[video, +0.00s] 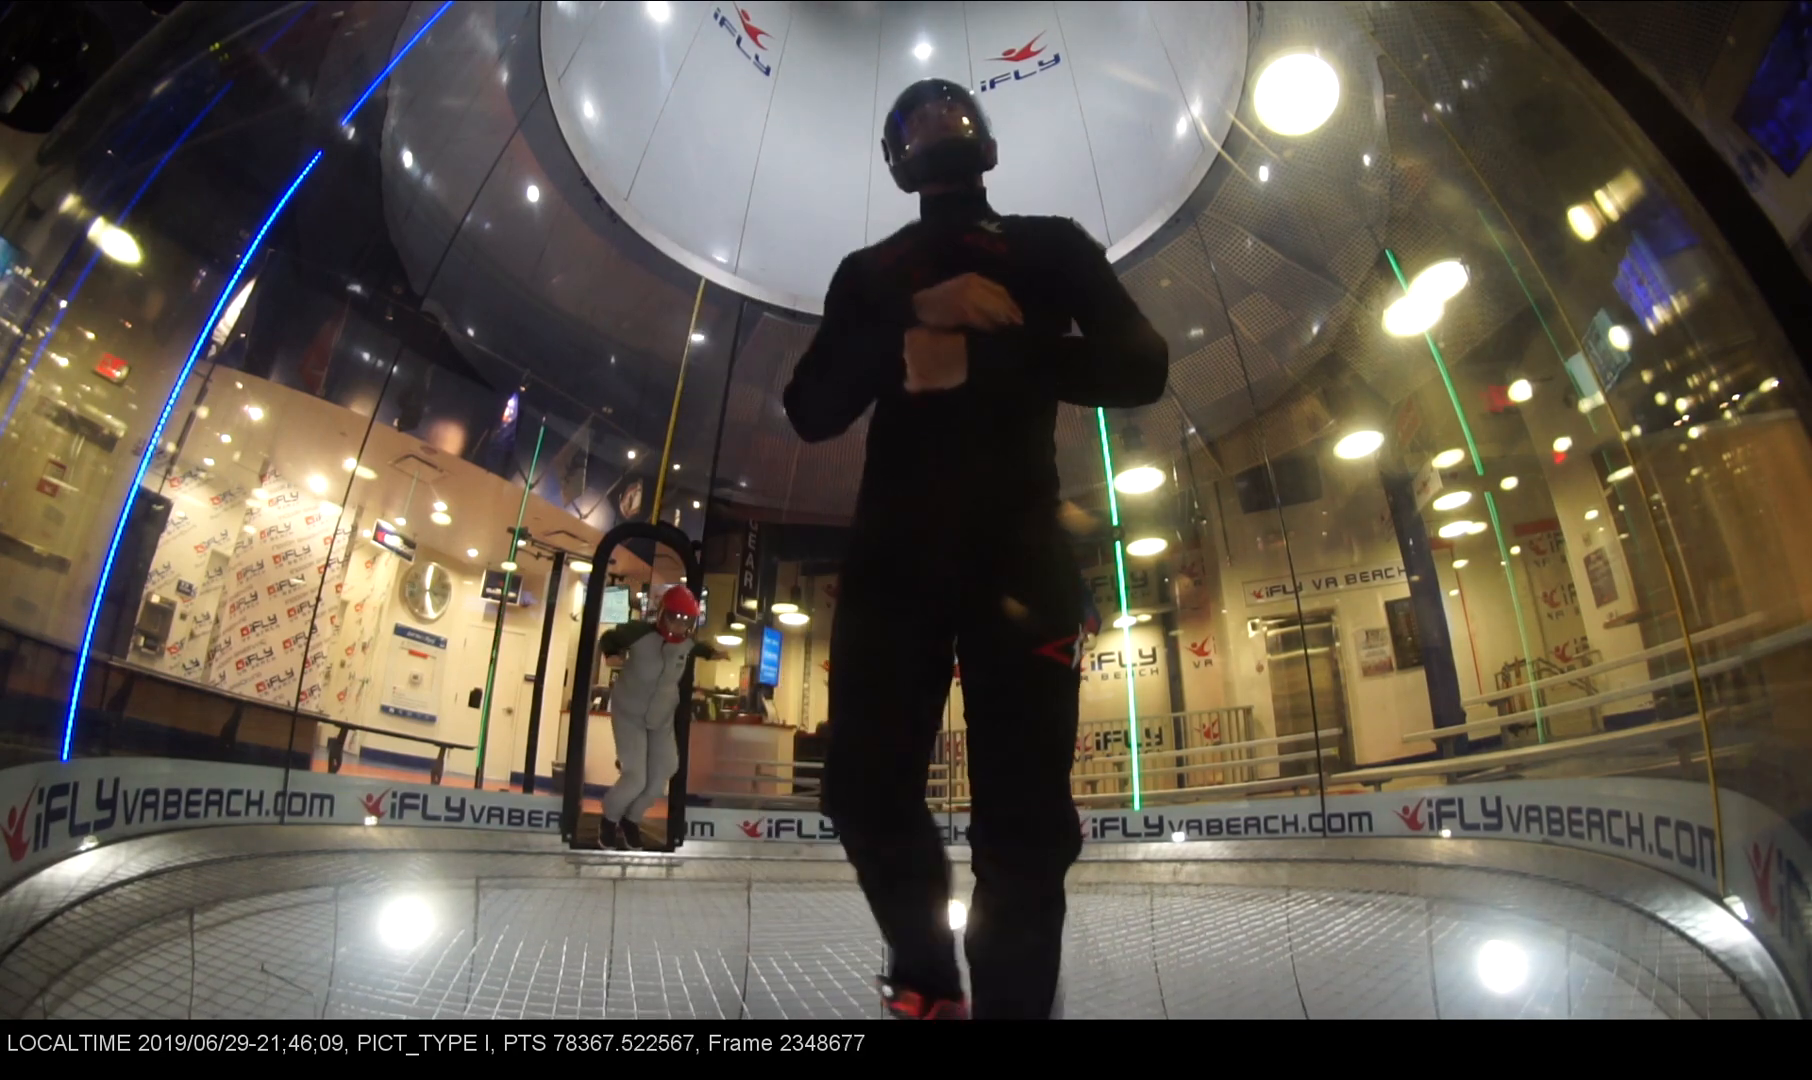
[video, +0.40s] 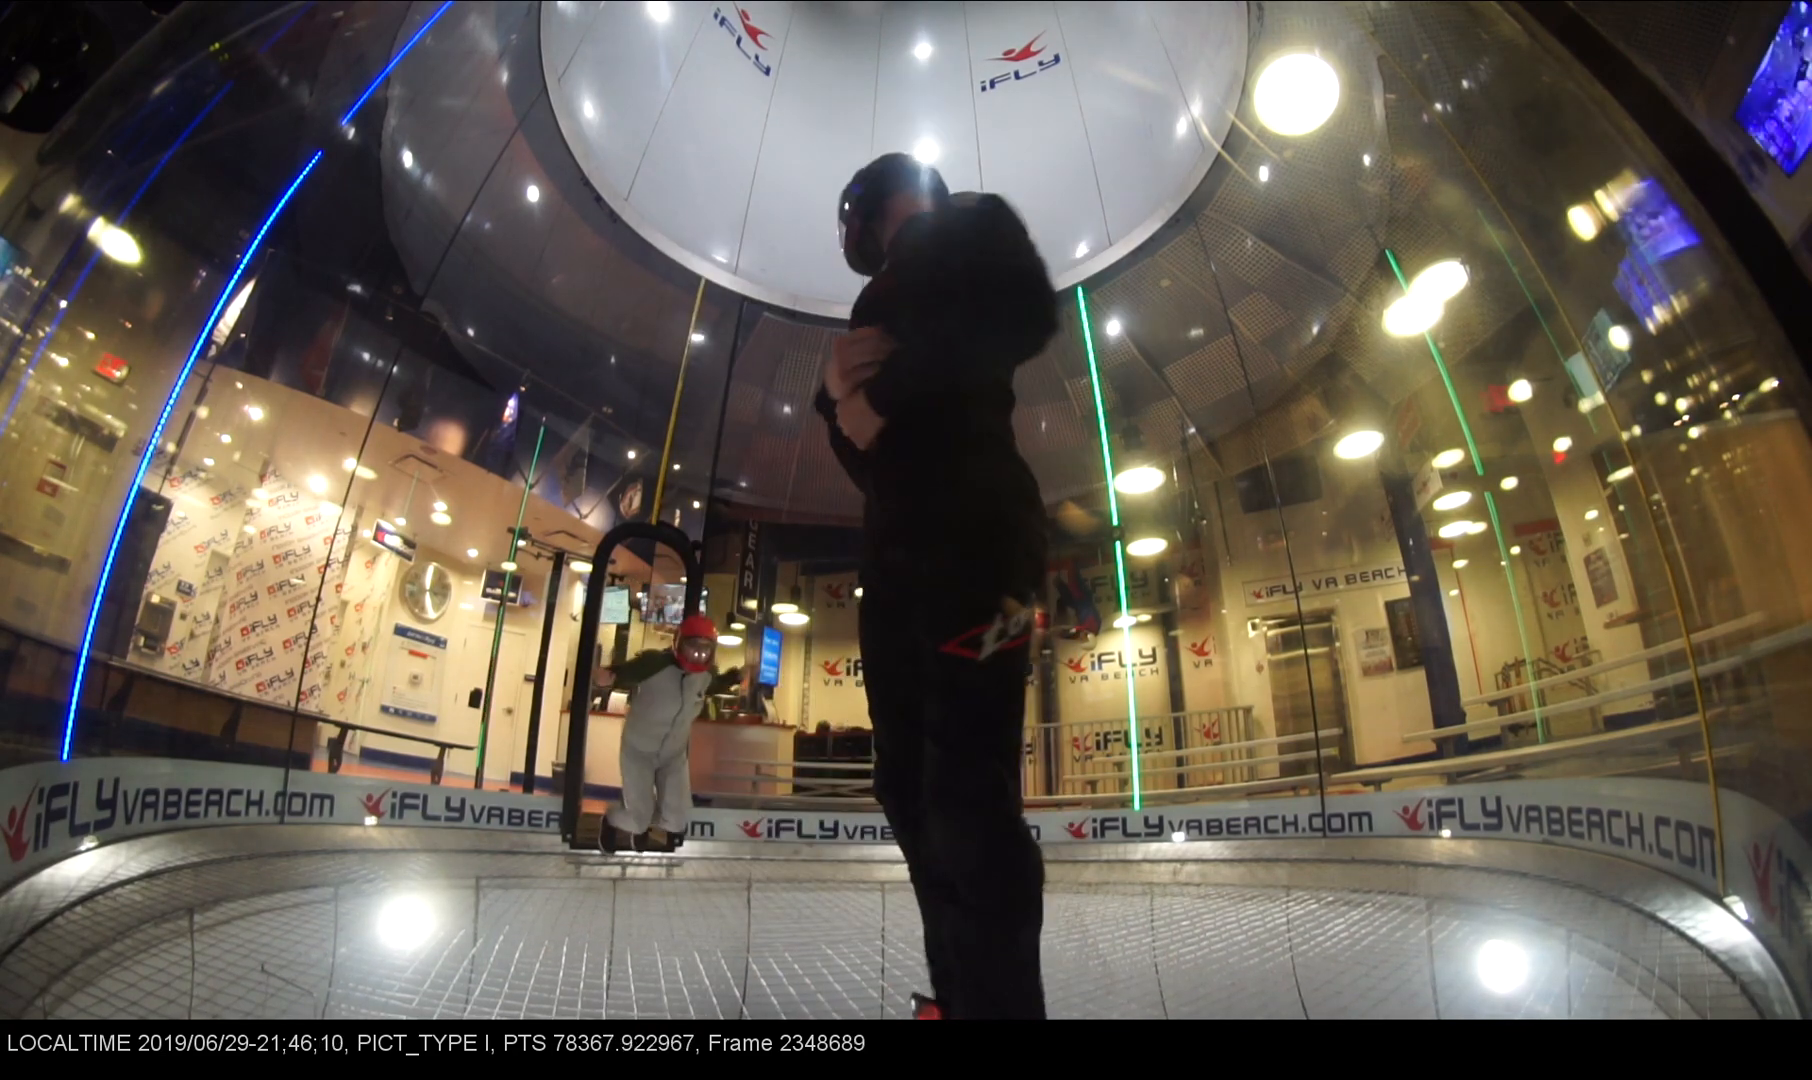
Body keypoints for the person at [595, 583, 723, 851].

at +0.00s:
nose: (680, 627)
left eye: (686, 622)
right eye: (675, 619)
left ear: (692, 622)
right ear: (662, 614)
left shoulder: (688, 644)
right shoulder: (640, 632)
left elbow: (702, 648)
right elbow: (607, 642)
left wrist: (715, 653)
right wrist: (613, 654)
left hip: (662, 721)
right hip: (629, 716)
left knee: (660, 782)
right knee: (635, 778)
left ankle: (631, 820)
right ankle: (610, 818)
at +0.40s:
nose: (698, 654)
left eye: (705, 649)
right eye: (693, 646)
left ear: (712, 651)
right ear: (679, 643)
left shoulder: (705, 676)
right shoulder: (655, 663)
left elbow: (717, 685)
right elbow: (626, 674)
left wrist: (739, 675)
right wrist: (609, 678)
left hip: (674, 757)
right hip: (638, 753)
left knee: (677, 816)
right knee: (639, 813)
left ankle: (642, 833)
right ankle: (611, 822)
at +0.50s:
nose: (706, 657)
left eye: (713, 652)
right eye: (700, 650)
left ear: (720, 654)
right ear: (686, 648)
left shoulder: (716, 678)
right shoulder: (661, 668)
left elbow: (734, 689)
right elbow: (627, 679)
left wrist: (755, 676)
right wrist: (605, 683)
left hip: (683, 760)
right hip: (643, 759)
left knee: (695, 825)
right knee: (642, 826)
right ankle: (612, 819)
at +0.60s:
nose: (714, 655)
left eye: (721, 649)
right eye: (707, 647)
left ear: (728, 652)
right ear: (693, 646)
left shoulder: (732, 675)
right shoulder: (670, 671)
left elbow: (764, 689)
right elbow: (634, 680)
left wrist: (784, 668)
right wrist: (609, 679)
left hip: (698, 758)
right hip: (654, 759)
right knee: (642, 821)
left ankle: (687, 803)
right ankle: (614, 821)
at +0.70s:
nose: (722, 646)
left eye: (729, 640)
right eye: (715, 639)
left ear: (737, 643)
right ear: (701, 640)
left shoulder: (743, 669)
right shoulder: (677, 664)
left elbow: (790, 681)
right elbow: (630, 676)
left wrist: (808, 652)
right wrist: (606, 667)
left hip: (722, 756)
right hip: (674, 759)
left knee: (761, 809)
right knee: (654, 815)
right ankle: (620, 820)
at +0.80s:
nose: (730, 637)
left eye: (737, 630)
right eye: (723, 629)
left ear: (746, 635)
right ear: (708, 632)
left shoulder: (756, 660)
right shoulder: (686, 660)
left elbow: (803, 671)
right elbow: (640, 668)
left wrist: (815, 644)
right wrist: (616, 658)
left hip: (745, 753)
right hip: (694, 757)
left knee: (785, 807)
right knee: (675, 812)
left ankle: (784, 767)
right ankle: (648, 801)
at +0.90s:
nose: (739, 632)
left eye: (746, 625)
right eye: (731, 625)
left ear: (754, 630)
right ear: (717, 629)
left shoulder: (764, 657)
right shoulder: (698, 657)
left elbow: (810, 668)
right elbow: (659, 669)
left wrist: (841, 668)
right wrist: (619, 670)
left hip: (767, 750)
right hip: (714, 756)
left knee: (814, 800)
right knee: (700, 816)